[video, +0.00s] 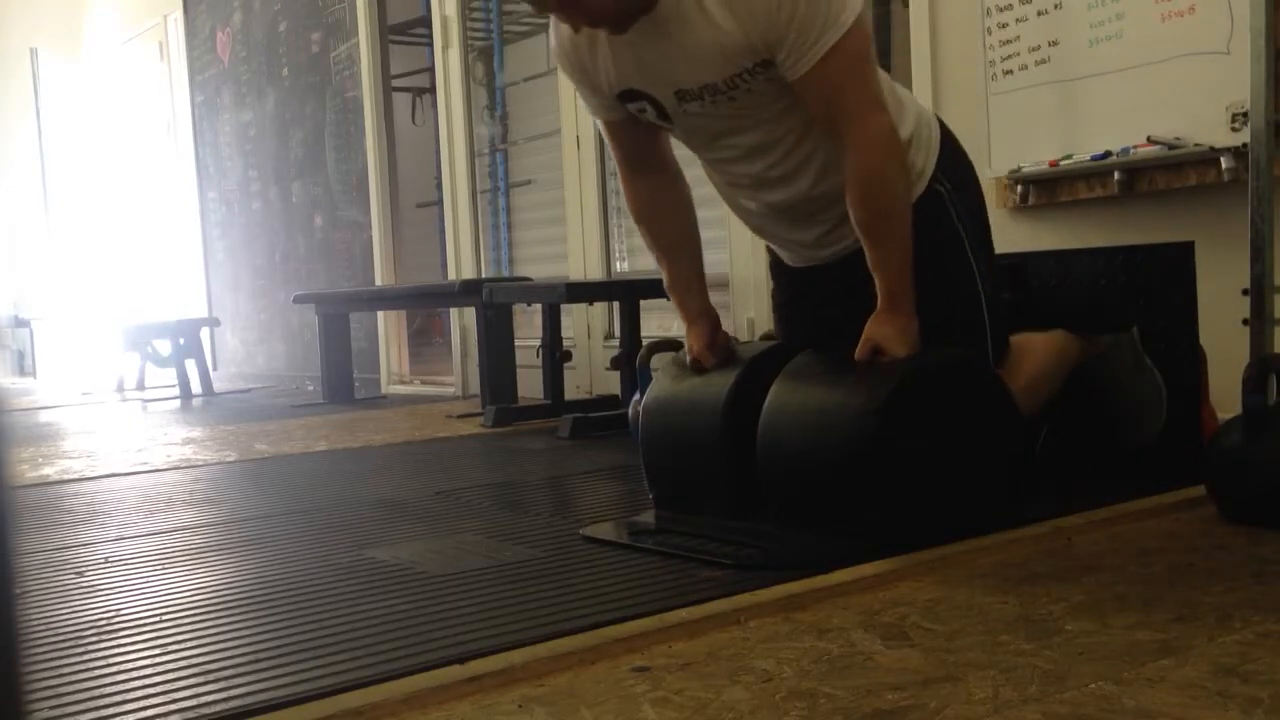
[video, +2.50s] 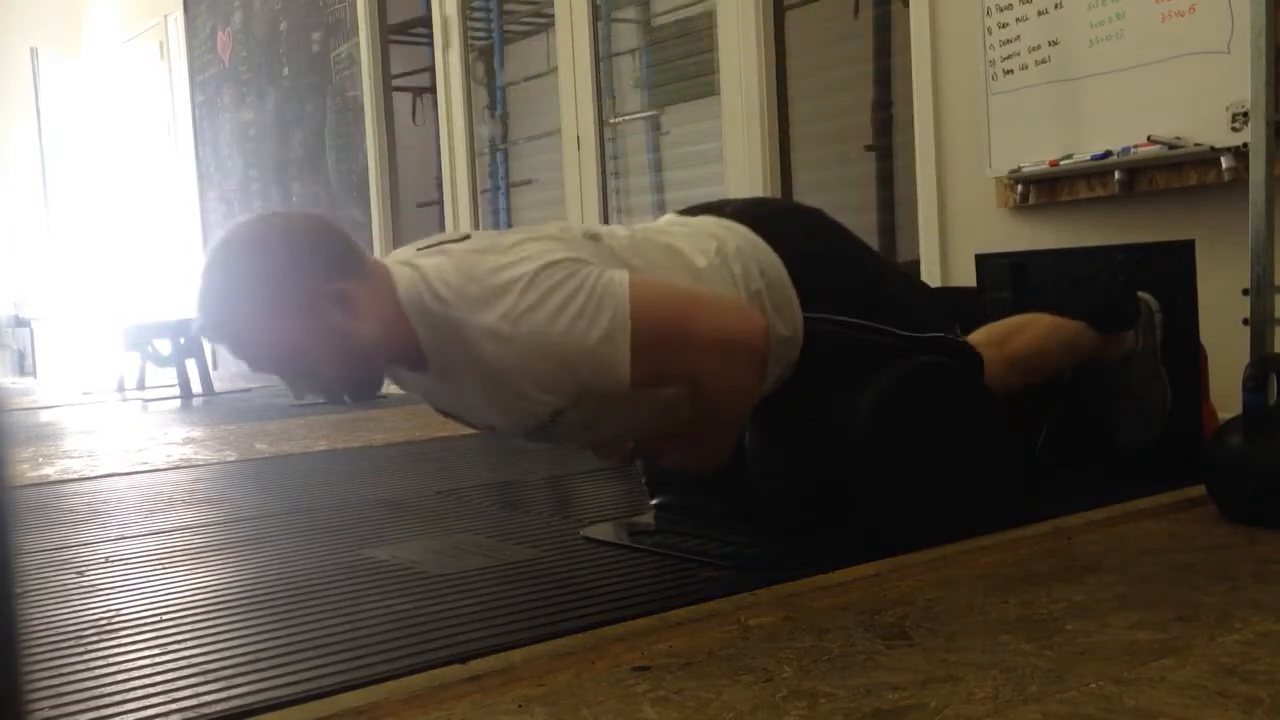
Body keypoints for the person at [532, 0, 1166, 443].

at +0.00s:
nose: (567, 22)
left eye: (573, 10)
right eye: (559, 16)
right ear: (566, 14)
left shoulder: (769, 4)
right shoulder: (579, 40)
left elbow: (867, 132)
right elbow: (647, 168)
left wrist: (895, 303)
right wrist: (697, 314)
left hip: (910, 195)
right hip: (801, 242)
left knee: (965, 423)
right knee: (838, 430)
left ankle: (1068, 342)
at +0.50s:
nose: (550, 21)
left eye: (554, 7)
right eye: (542, 14)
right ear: (554, 13)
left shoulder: (750, 4)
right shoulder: (571, 42)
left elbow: (849, 142)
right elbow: (643, 173)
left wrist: (899, 305)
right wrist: (697, 323)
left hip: (909, 203)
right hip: (797, 247)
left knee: (967, 425)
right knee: (836, 436)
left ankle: (1087, 338)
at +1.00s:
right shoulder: (635, 14)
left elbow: (882, 131)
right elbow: (675, 155)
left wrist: (903, 302)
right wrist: (702, 317)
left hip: (939, 201)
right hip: (820, 229)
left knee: (966, 428)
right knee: (830, 433)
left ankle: (1106, 342)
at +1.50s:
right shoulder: (635, 15)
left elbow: (886, 126)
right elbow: (678, 154)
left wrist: (904, 299)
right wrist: (705, 305)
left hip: (930, 211)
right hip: (815, 244)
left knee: (972, 430)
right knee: (834, 441)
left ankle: (1109, 343)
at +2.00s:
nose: (382, 61)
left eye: (382, 31)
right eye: (366, 44)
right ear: (381, 40)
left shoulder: (596, 48)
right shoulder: (452, 105)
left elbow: (790, 141)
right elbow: (539, 196)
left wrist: (741, 309)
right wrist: (597, 298)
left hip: (826, 253)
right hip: (726, 292)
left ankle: (1071, 350)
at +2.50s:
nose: (285, 378)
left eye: (280, 353)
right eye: (266, 364)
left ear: (342, 305)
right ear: (330, 309)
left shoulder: (498, 310)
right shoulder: (395, 326)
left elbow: (740, 346)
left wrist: (699, 446)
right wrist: (637, 428)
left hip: (782, 273)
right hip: (704, 254)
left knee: (957, 357)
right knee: (915, 326)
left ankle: (1111, 330)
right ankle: (1068, 324)